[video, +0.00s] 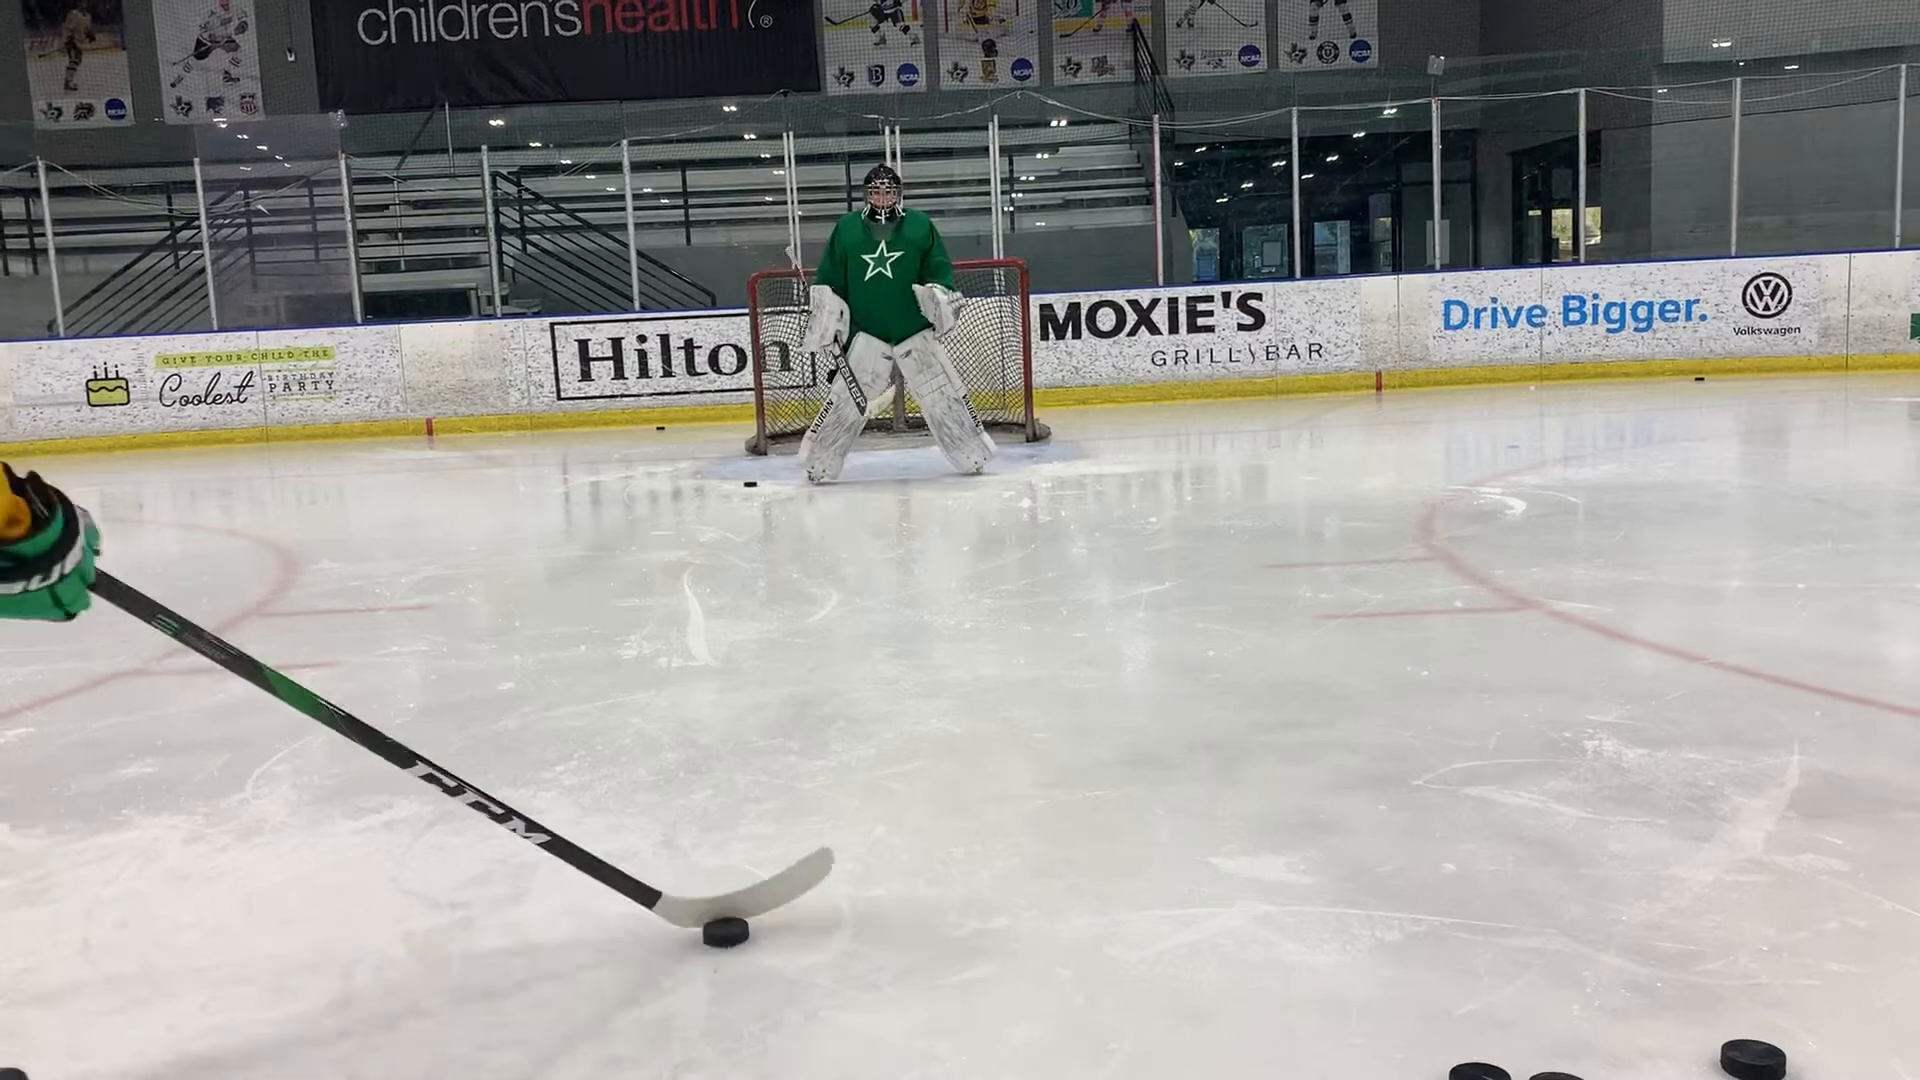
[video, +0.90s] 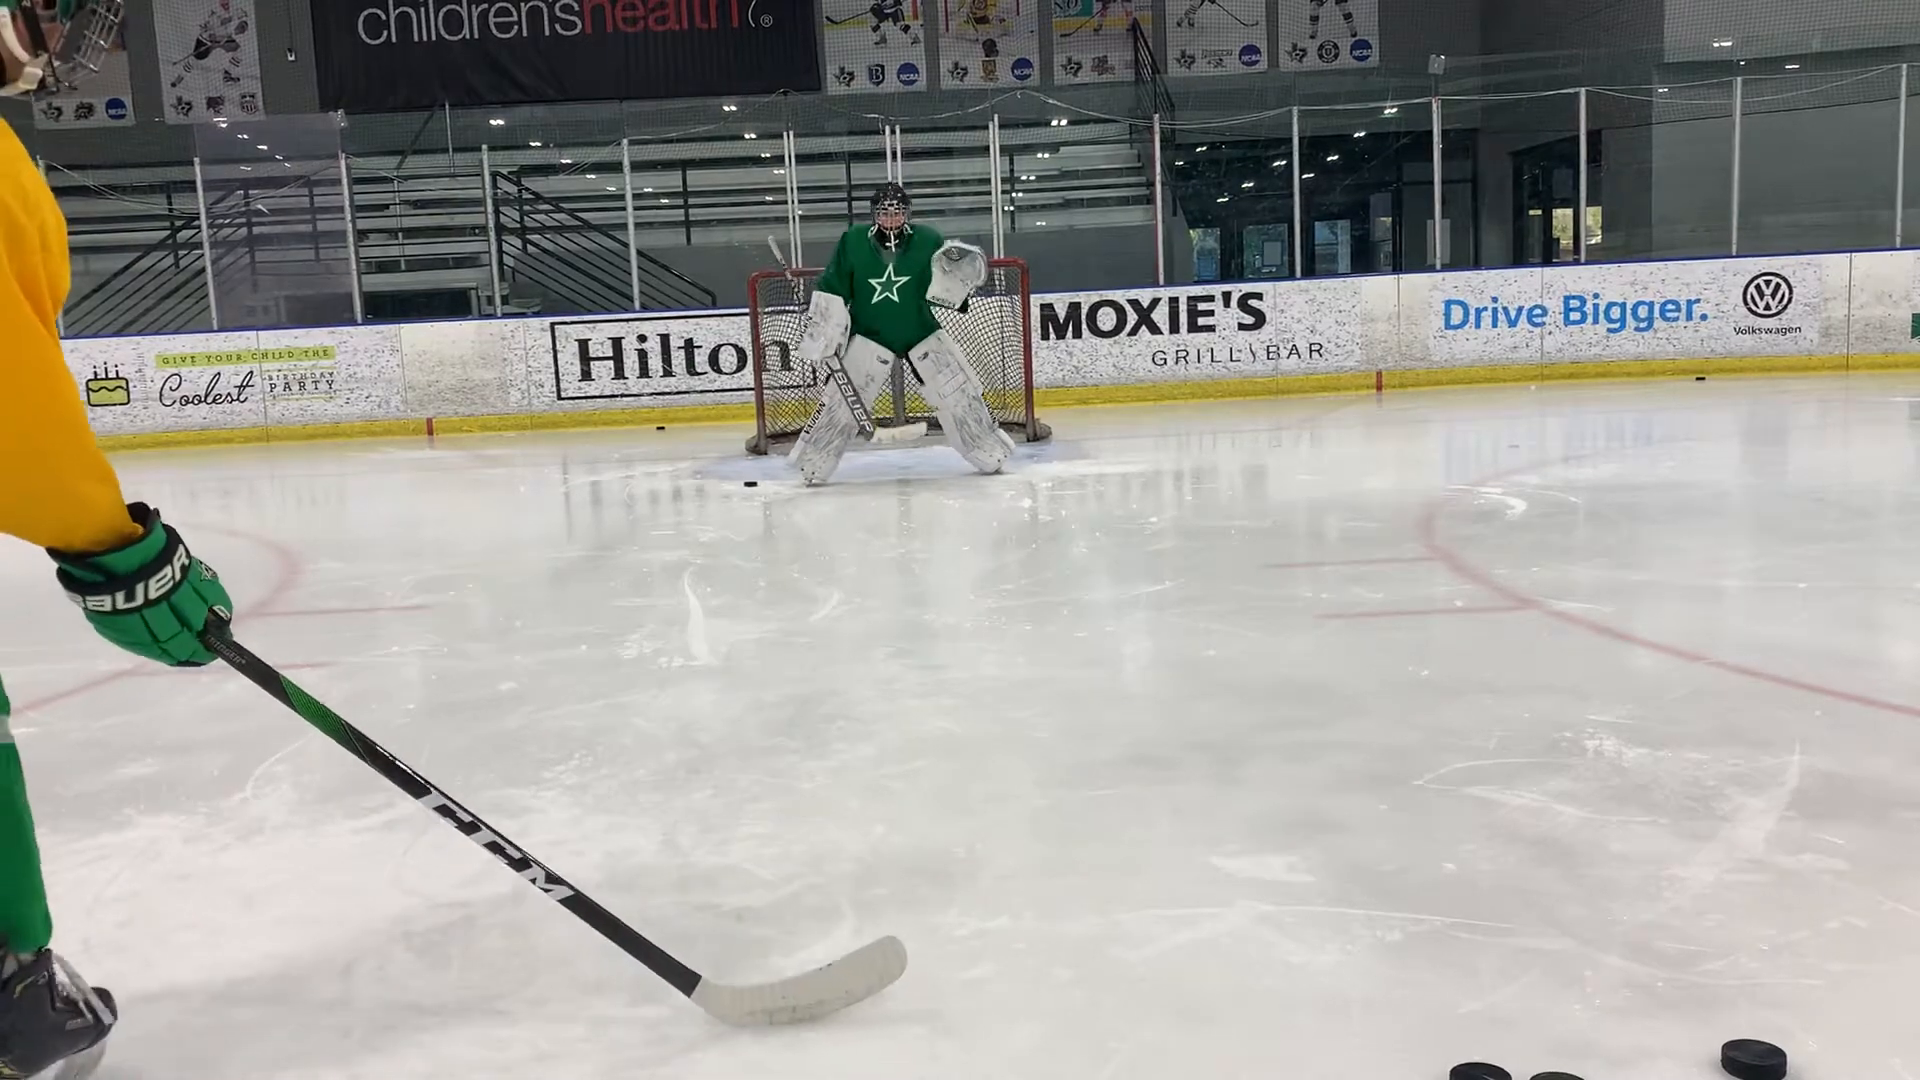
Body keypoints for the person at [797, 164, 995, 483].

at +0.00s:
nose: (882, 196)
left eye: (888, 190)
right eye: (877, 190)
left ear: (898, 193)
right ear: (867, 194)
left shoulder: (919, 225)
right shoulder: (848, 228)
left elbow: (940, 271)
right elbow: (829, 279)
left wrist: (937, 302)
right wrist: (827, 323)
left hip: (915, 329)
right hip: (867, 332)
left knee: (942, 396)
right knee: (846, 402)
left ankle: (971, 459)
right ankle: (821, 469)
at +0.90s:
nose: (891, 219)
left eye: (896, 213)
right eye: (884, 213)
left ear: (906, 214)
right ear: (874, 215)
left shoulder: (926, 240)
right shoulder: (853, 242)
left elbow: (955, 297)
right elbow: (831, 290)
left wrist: (961, 275)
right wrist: (825, 335)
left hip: (921, 333)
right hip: (869, 336)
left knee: (957, 394)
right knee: (843, 401)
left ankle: (990, 458)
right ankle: (815, 468)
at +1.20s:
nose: (896, 285)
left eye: (902, 278)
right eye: (890, 279)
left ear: (912, 279)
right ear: (881, 280)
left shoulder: (928, 301)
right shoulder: (861, 305)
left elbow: (960, 350)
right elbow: (836, 341)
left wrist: (948, 320)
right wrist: (831, 380)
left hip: (927, 374)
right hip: (880, 380)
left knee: (964, 414)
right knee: (855, 426)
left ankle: (1009, 457)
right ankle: (813, 468)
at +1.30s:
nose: (898, 294)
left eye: (903, 287)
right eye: (892, 288)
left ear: (914, 288)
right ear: (881, 288)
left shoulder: (931, 309)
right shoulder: (863, 312)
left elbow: (961, 359)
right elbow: (837, 348)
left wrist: (948, 329)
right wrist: (832, 384)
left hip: (930, 379)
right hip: (882, 384)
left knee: (966, 415)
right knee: (855, 428)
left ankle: (1012, 457)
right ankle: (812, 469)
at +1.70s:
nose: (899, 303)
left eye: (905, 297)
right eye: (893, 297)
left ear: (915, 296)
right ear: (882, 296)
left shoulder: (932, 313)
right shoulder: (863, 317)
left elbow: (961, 367)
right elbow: (836, 352)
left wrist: (951, 342)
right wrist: (832, 389)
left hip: (930, 386)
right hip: (881, 390)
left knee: (965, 418)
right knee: (855, 429)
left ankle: (1010, 455)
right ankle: (813, 468)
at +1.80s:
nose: (899, 303)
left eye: (905, 297)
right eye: (893, 297)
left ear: (915, 296)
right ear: (883, 296)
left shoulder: (932, 314)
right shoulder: (863, 317)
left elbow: (960, 367)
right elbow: (836, 352)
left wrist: (952, 342)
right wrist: (832, 388)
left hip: (930, 386)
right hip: (881, 390)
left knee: (964, 418)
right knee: (855, 429)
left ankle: (1010, 455)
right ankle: (813, 468)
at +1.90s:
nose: (900, 303)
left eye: (905, 296)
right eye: (894, 297)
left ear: (915, 296)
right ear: (883, 297)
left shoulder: (933, 314)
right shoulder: (863, 317)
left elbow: (961, 368)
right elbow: (835, 352)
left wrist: (952, 343)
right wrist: (832, 389)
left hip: (930, 387)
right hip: (881, 391)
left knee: (964, 418)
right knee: (855, 430)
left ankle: (1010, 454)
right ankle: (813, 468)